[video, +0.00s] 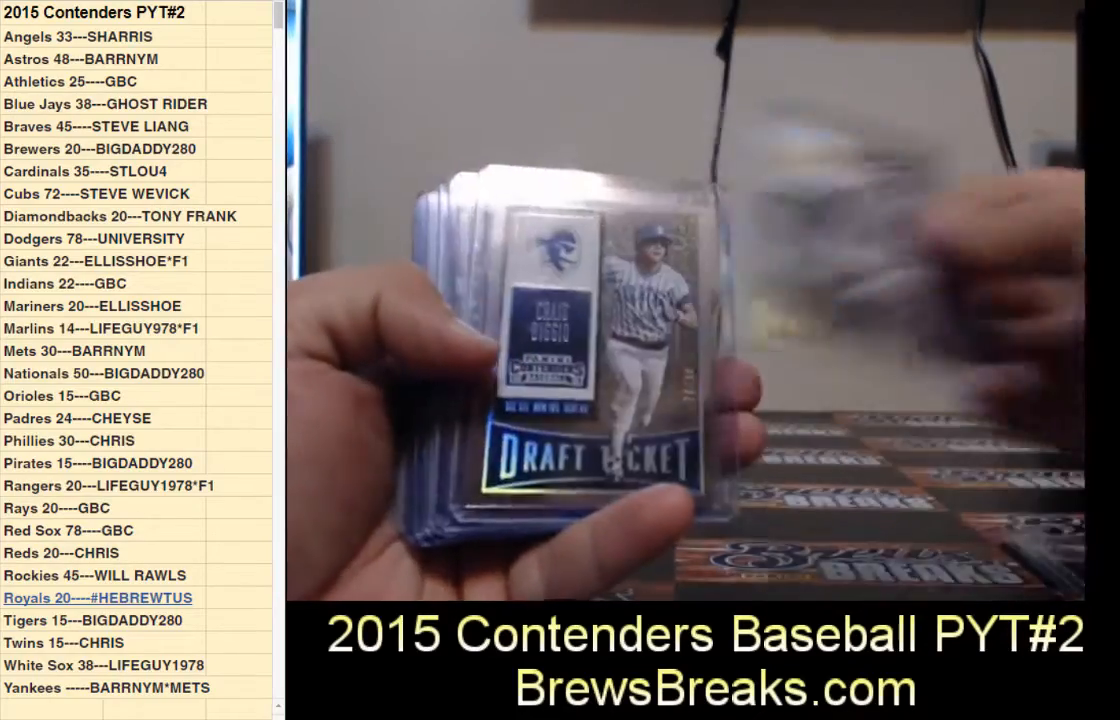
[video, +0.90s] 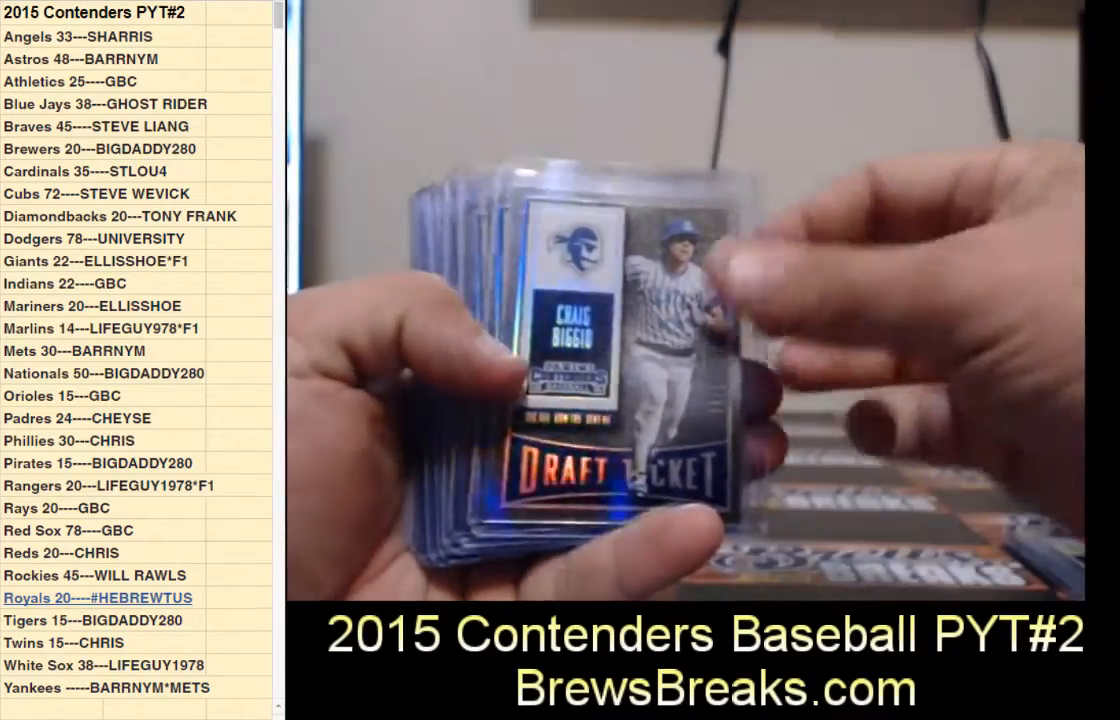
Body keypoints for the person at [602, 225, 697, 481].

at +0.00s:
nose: (657, 249)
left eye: (662, 245)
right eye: (652, 244)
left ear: (667, 249)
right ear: (640, 247)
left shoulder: (674, 279)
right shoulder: (618, 269)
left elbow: (693, 319)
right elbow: (584, 264)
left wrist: (681, 316)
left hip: (657, 351)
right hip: (622, 346)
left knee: (647, 410)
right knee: (630, 389)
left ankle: (630, 440)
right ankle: (616, 456)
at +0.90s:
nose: (686, 247)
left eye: (690, 242)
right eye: (680, 242)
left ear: (695, 247)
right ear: (667, 245)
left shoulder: (700, 279)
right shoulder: (645, 270)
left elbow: (719, 318)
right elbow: (606, 267)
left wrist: (715, 321)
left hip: (683, 360)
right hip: (648, 354)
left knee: (674, 420)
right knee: (652, 405)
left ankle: (659, 469)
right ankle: (640, 473)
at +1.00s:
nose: (700, 249)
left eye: (704, 243)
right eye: (693, 243)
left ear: (709, 249)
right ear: (679, 245)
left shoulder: (715, 281)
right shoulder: (655, 269)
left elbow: (729, 320)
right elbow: (614, 267)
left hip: (693, 363)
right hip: (657, 355)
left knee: (681, 425)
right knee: (663, 400)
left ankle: (662, 470)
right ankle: (647, 474)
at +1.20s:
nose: (658, 244)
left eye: (664, 238)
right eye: (653, 238)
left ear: (674, 242)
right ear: (647, 242)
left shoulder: (689, 281)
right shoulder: (630, 276)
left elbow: (696, 327)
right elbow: (615, 327)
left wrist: (696, 367)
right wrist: (611, 366)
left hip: (672, 363)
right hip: (632, 363)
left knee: (671, 444)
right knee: (612, 441)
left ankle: (673, 516)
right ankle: (605, 516)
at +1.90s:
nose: (659, 245)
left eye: (664, 240)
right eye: (654, 240)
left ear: (675, 244)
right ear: (648, 244)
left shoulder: (691, 283)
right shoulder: (634, 277)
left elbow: (700, 330)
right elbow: (617, 325)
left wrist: (702, 370)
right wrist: (613, 366)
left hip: (675, 364)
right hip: (636, 363)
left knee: (676, 446)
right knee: (618, 443)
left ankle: (680, 517)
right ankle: (612, 518)